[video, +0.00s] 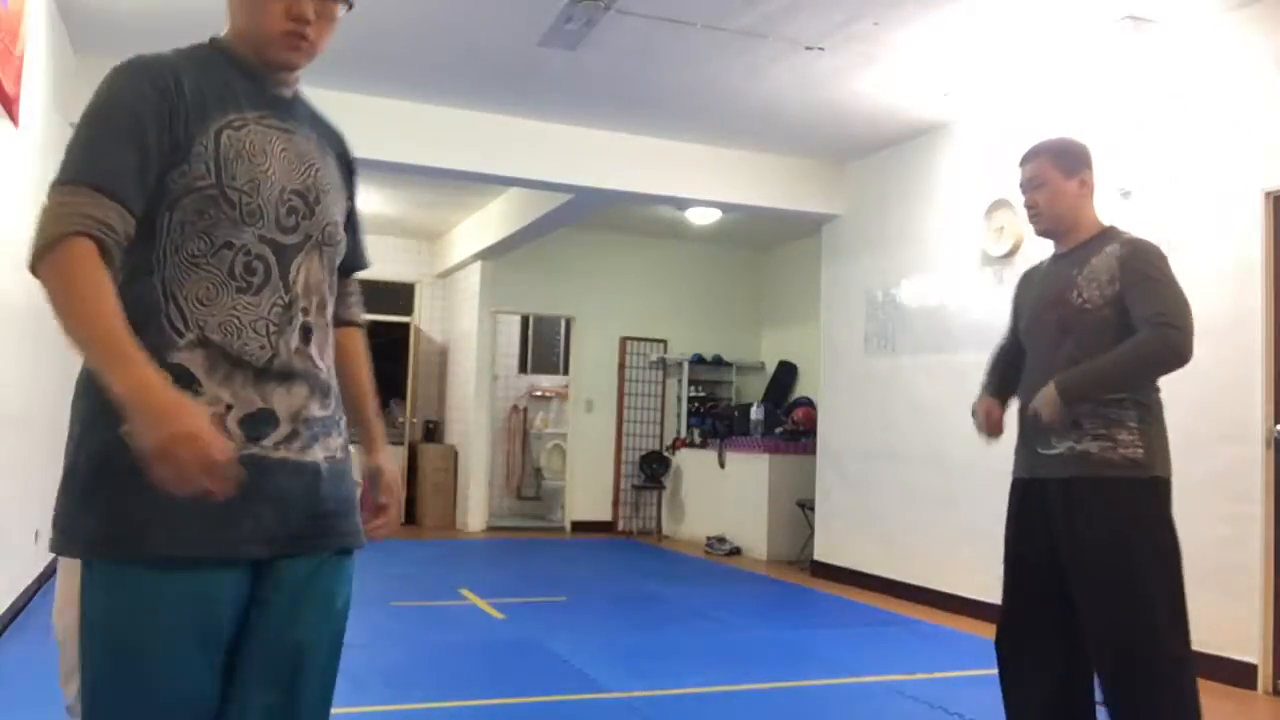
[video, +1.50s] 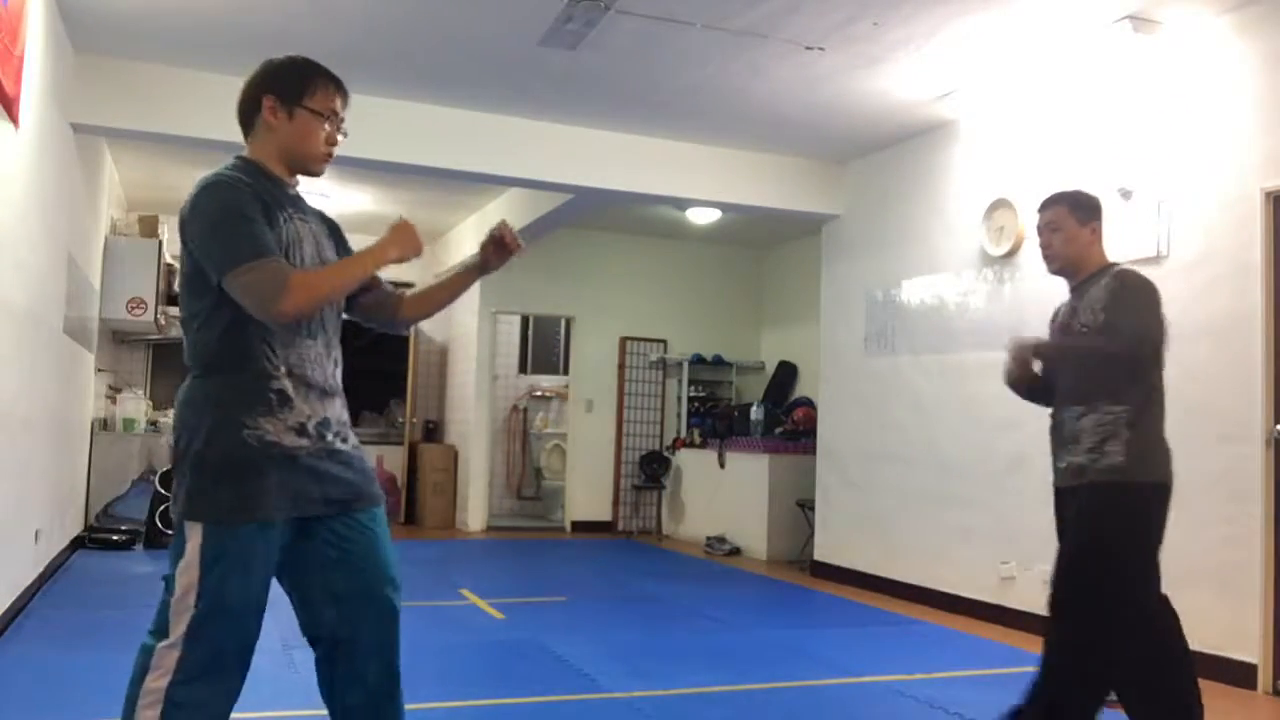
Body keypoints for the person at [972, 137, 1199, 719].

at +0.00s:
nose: (1027, 200)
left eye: (1037, 187)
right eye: (1023, 191)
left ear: (1082, 183)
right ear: (1029, 197)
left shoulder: (1132, 255)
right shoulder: (1032, 281)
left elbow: (1171, 341)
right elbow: (1015, 348)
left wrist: (1068, 388)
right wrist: (994, 391)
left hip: (1117, 482)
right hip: (1039, 484)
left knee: (1138, 648)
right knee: (1037, 645)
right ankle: (1047, 717)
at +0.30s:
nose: (1071, 204)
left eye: (1083, 190)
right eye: (1071, 191)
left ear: (1130, 191)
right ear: (1112, 195)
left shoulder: (1182, 276)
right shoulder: (1089, 279)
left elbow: (1182, 397)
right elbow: (1083, 376)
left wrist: (1146, 494)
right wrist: (1069, 454)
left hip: (1173, 504)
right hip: (1089, 500)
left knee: (1172, 679)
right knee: (1077, 673)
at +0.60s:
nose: (1086, 214)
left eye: (1096, 201)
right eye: (1086, 202)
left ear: (1142, 199)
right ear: (1134, 202)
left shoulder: (1198, 272)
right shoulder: (1116, 270)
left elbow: (1261, 365)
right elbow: (1134, 373)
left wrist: (1260, 488)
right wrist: (1116, 474)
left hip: (1194, 505)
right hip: (1121, 499)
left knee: (1198, 672)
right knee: (1118, 664)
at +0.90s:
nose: (1101, 223)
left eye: (1112, 210)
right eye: (1100, 211)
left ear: (1155, 211)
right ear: (1136, 216)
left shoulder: (1202, 277)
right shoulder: (1119, 285)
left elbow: (1221, 349)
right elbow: (1082, 336)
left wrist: (1172, 394)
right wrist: (1054, 381)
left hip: (1183, 489)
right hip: (1117, 488)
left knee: (1187, 629)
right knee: (1133, 625)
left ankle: (1203, 713)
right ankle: (1161, 709)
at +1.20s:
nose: (1077, 238)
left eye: (1088, 226)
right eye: (1074, 228)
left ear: (1126, 226)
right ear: (1080, 234)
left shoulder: (1162, 290)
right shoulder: (1109, 300)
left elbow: (1185, 384)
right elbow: (1110, 392)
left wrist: (1121, 457)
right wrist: (1074, 437)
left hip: (1152, 487)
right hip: (1104, 484)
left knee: (1152, 617)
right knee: (1111, 614)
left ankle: (1177, 712)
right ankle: (1147, 707)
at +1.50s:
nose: (1043, 242)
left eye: (1053, 230)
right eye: (1040, 233)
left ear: (1091, 230)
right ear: (1042, 240)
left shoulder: (1130, 288)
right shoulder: (1065, 315)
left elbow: (1131, 356)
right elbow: (1071, 392)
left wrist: (1045, 349)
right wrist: (1028, 383)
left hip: (1125, 478)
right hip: (1078, 480)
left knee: (1081, 608)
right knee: (1128, 610)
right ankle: (1174, 712)